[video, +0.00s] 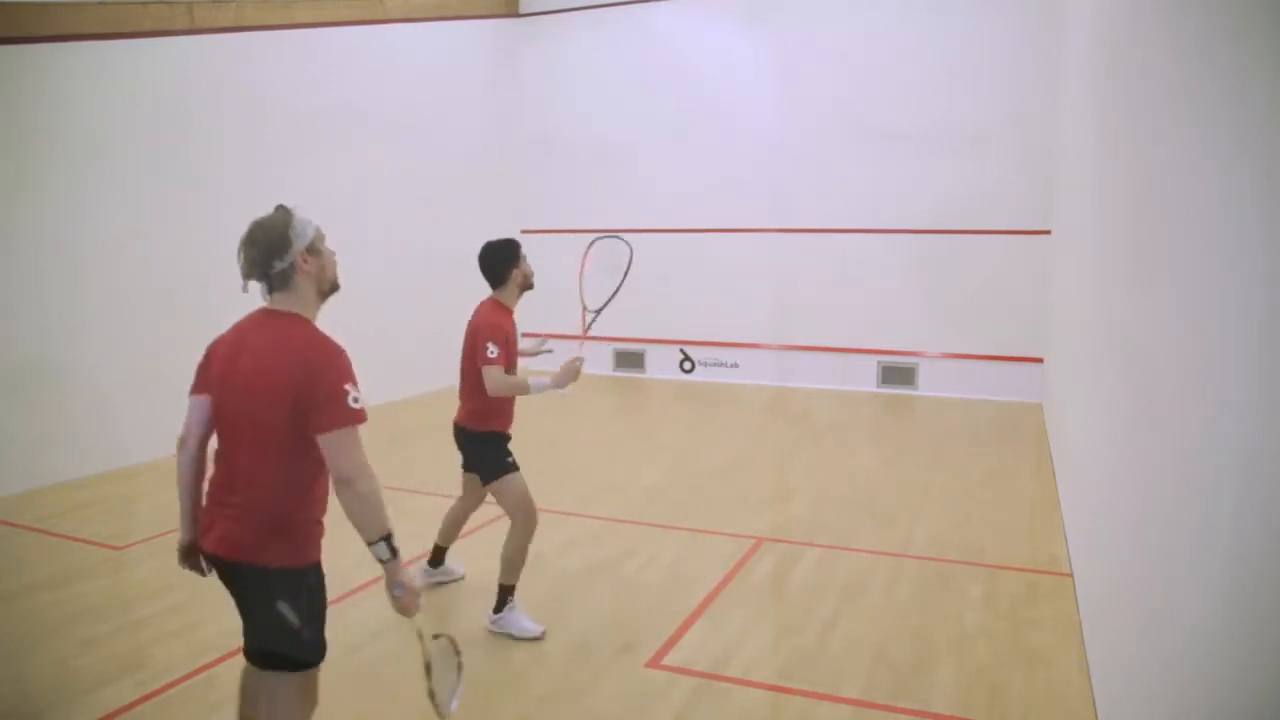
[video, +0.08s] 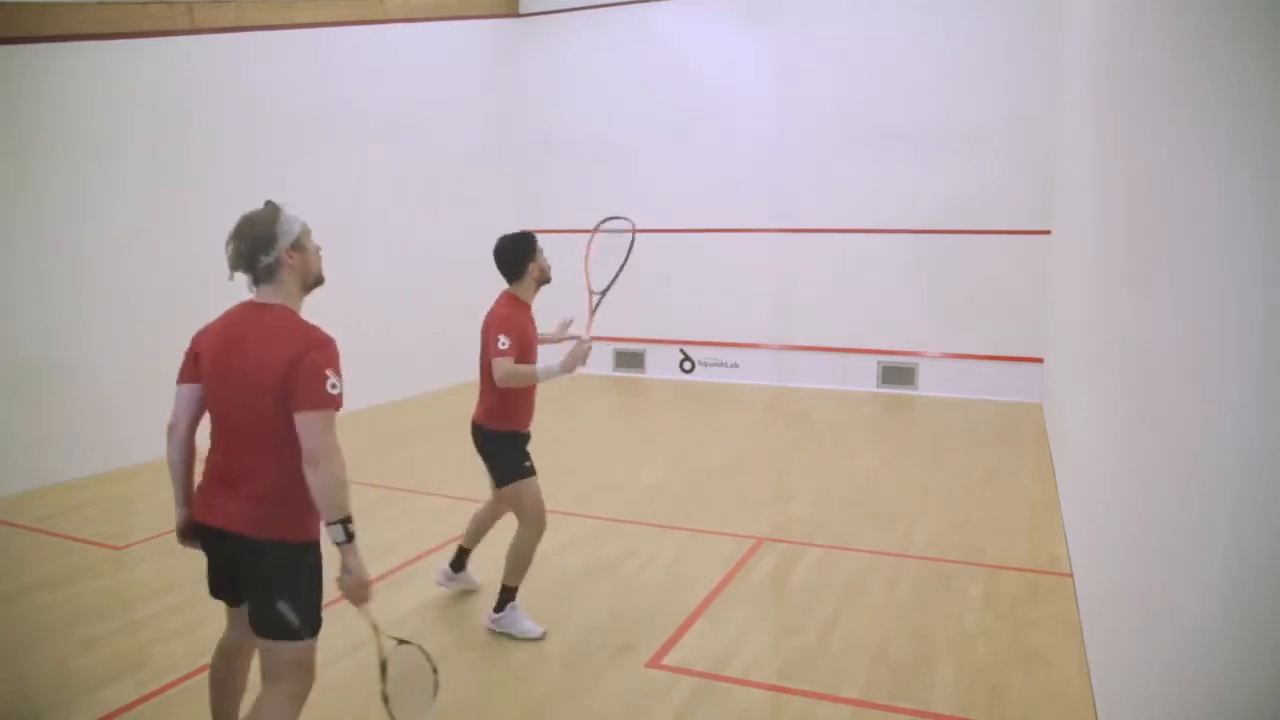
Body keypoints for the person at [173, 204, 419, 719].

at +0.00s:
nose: (335, 256)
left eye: (327, 245)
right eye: (325, 247)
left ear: (275, 269)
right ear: (303, 262)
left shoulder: (227, 344)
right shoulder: (318, 355)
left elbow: (191, 441)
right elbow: (350, 476)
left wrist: (189, 528)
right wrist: (392, 562)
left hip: (225, 540)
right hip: (279, 551)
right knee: (291, 696)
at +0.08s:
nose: (320, 250)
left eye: (314, 240)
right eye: (311, 242)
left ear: (260, 262)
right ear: (289, 257)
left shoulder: (211, 336)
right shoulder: (309, 344)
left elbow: (179, 430)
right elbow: (319, 454)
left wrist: (185, 506)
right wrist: (347, 543)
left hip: (217, 525)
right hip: (281, 536)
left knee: (239, 632)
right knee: (288, 681)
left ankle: (226, 717)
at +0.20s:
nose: (306, 245)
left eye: (300, 236)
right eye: (297, 239)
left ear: (257, 260)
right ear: (277, 256)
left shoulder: (207, 330)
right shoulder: (302, 335)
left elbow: (188, 430)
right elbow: (292, 438)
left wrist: (209, 494)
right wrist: (295, 527)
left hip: (213, 514)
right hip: (274, 521)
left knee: (231, 621)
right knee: (303, 640)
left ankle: (223, 715)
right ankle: (265, 716)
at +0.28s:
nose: (304, 240)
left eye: (298, 230)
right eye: (295, 233)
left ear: (251, 254)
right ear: (275, 248)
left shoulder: (208, 320)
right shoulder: (303, 322)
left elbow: (204, 414)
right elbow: (289, 416)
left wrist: (235, 466)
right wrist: (285, 507)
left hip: (215, 498)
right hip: (285, 500)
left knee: (224, 616)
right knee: (307, 603)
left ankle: (223, 716)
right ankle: (268, 710)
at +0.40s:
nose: (307, 244)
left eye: (301, 235)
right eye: (298, 237)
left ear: (253, 255)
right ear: (278, 250)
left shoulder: (217, 317)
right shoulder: (299, 321)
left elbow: (221, 402)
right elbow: (293, 412)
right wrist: (299, 494)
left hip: (225, 481)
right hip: (288, 481)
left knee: (232, 606)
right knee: (303, 570)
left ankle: (232, 712)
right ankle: (292, 664)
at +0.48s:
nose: (311, 251)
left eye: (306, 242)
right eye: (303, 244)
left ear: (260, 260)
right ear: (283, 255)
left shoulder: (229, 317)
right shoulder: (303, 324)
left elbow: (234, 386)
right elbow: (300, 413)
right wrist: (316, 487)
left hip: (232, 471)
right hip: (288, 477)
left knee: (240, 590)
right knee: (299, 559)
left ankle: (229, 706)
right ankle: (296, 646)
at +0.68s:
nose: (324, 251)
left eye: (320, 242)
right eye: (318, 244)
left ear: (278, 258)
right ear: (300, 254)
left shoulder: (242, 314)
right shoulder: (316, 320)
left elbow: (247, 386)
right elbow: (325, 401)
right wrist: (353, 459)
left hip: (255, 455)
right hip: (310, 457)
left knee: (272, 528)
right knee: (317, 539)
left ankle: (244, 629)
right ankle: (299, 641)